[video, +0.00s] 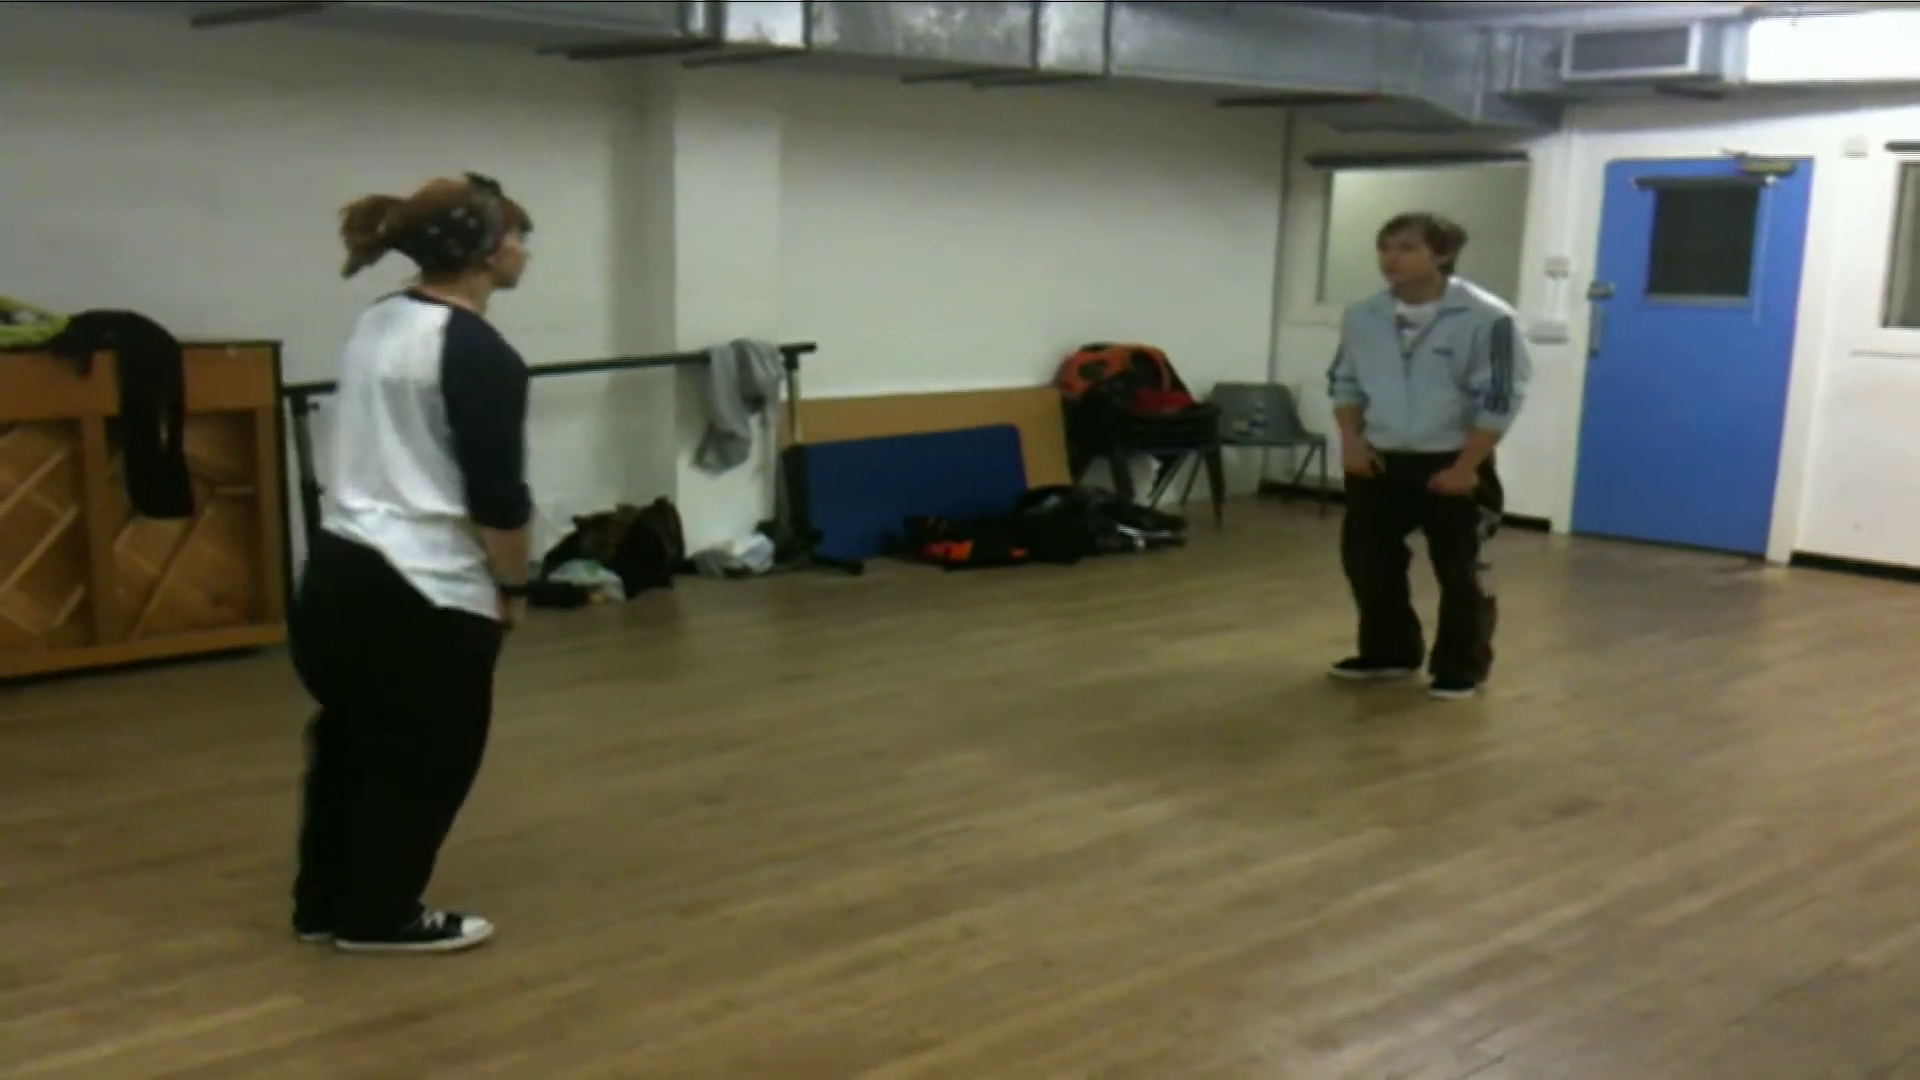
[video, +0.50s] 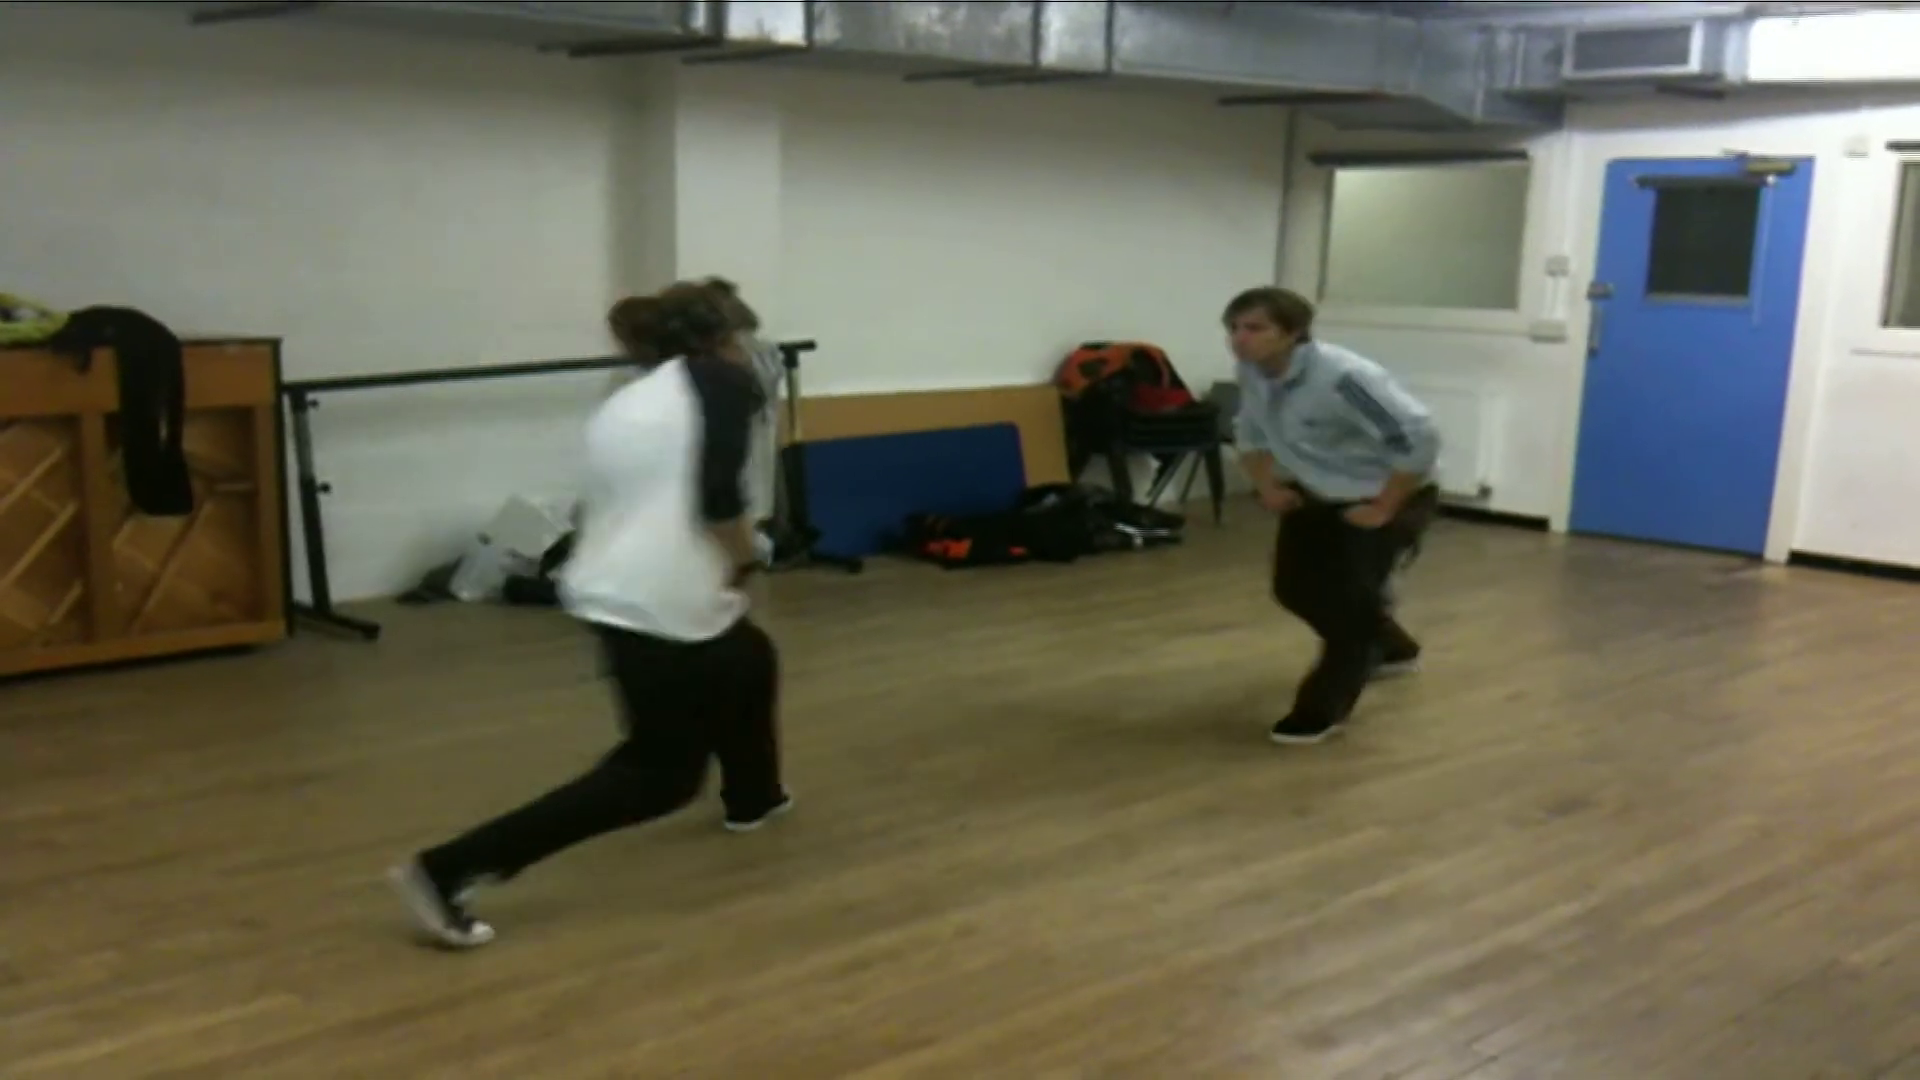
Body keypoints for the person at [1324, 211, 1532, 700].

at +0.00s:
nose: (1392, 258)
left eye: (1406, 248)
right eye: (1386, 249)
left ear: (1439, 256)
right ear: (1379, 256)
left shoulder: (1489, 320)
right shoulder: (1362, 318)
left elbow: (1500, 403)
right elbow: (1345, 384)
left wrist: (1466, 466)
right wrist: (1352, 439)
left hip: (1453, 466)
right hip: (1383, 463)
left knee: (1460, 570)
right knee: (1366, 555)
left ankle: (1460, 667)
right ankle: (1390, 650)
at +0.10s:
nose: (1375, 265)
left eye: (1389, 255)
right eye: (1369, 256)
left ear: (1423, 261)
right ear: (1363, 263)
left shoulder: (1474, 317)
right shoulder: (1349, 325)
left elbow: (1485, 399)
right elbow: (1334, 397)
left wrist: (1443, 458)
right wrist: (1331, 464)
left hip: (1440, 465)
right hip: (1372, 464)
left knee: (1427, 554)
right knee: (1358, 550)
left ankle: (1456, 654)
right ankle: (1386, 644)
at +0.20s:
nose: (1357, 281)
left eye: (1371, 271)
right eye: (1351, 272)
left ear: (1405, 277)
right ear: (1345, 278)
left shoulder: (1454, 314)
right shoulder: (1329, 342)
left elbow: (1468, 387)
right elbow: (1309, 415)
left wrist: (1409, 445)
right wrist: (1317, 471)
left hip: (1439, 453)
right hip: (1371, 454)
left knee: (1373, 537)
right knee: (1339, 546)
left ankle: (1423, 611)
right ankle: (1377, 643)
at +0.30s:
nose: (1329, 294)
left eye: (1343, 284)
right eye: (1324, 284)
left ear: (1376, 290)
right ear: (1317, 290)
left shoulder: (1419, 333)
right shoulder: (1301, 347)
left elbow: (1455, 398)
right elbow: (1284, 419)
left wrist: (1398, 459)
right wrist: (1302, 471)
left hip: (1428, 462)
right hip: (1357, 464)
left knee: (1366, 534)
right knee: (1320, 561)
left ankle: (1380, 636)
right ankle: (1385, 637)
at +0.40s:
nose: (1281, 318)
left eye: (1294, 308)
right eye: (1276, 309)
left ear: (1327, 313)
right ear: (1271, 314)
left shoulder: (1371, 358)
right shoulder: (1278, 360)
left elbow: (1448, 418)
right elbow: (1264, 421)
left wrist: (1410, 491)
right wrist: (1291, 472)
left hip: (1408, 484)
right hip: (1344, 479)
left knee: (1375, 576)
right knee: (1314, 576)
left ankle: (1332, 687)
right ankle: (1394, 641)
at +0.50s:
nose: (1239, 339)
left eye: (1252, 329)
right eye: (1235, 329)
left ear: (1288, 334)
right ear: (1232, 333)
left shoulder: (1341, 375)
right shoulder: (1253, 375)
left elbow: (1421, 436)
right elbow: (1249, 437)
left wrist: (1384, 505)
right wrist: (1267, 485)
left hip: (1382, 498)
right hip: (1317, 495)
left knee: (1350, 599)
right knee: (1294, 585)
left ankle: (1318, 711)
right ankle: (1390, 644)